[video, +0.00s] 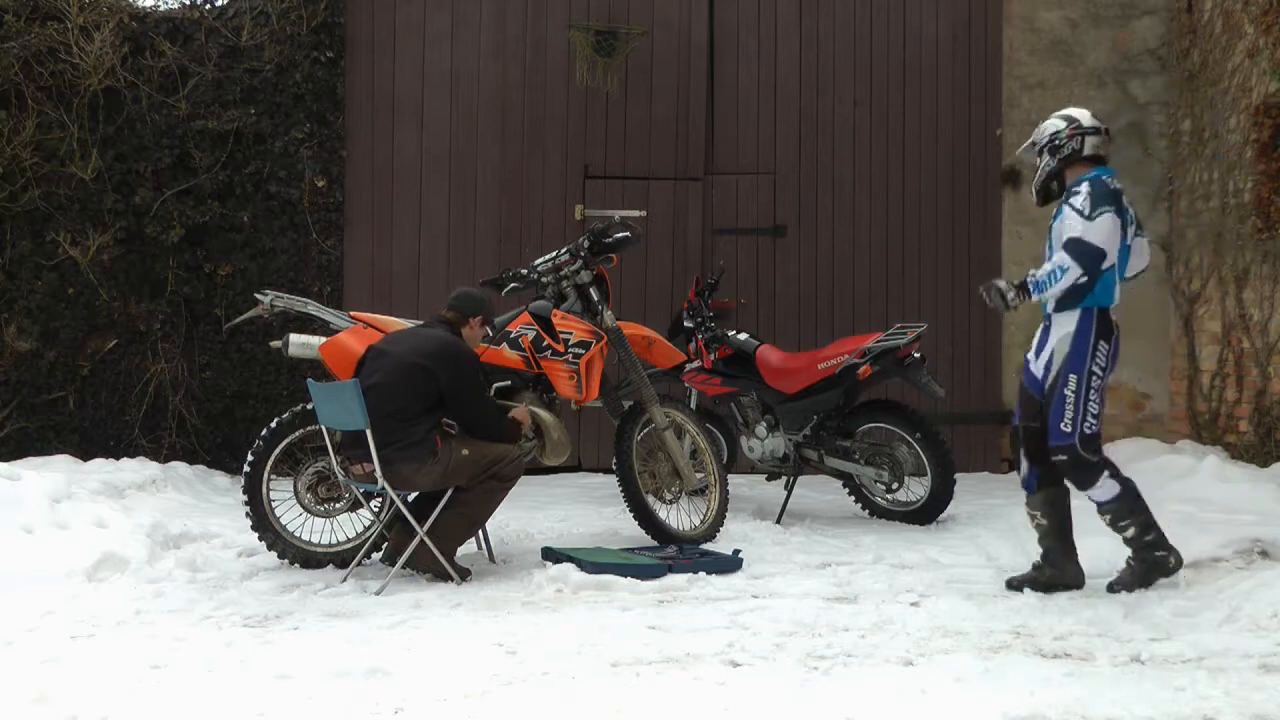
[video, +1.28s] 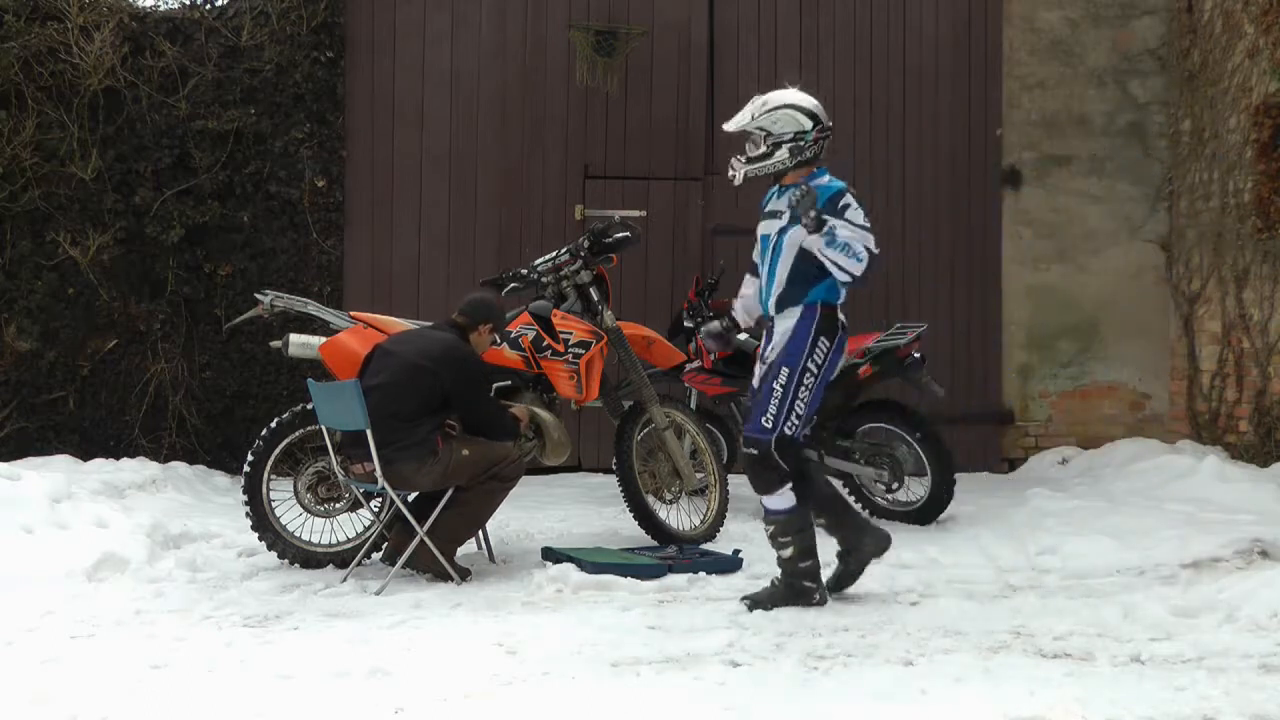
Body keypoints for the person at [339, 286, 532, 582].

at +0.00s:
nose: (484, 335)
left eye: (486, 328)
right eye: (484, 327)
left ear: (446, 314)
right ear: (473, 321)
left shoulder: (400, 337)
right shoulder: (456, 353)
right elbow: (482, 424)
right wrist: (515, 421)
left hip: (357, 455)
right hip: (401, 461)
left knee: (461, 451)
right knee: (508, 462)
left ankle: (401, 543)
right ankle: (435, 551)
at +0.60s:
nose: (492, 345)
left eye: (495, 339)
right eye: (494, 337)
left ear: (459, 317)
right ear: (484, 329)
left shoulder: (405, 337)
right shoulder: (461, 356)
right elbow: (494, 428)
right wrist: (514, 417)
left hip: (358, 454)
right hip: (401, 461)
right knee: (509, 463)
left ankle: (402, 543)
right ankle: (435, 551)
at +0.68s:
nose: (492, 345)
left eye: (495, 339)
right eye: (494, 337)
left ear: (459, 317)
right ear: (484, 329)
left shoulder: (406, 337)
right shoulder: (462, 357)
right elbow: (495, 431)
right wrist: (514, 420)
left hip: (358, 454)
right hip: (401, 461)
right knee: (508, 464)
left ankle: (402, 543)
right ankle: (435, 551)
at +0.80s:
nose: (492, 345)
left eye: (495, 339)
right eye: (494, 338)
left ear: (459, 317)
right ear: (484, 329)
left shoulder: (405, 337)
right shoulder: (461, 357)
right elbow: (493, 429)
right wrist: (514, 420)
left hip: (357, 456)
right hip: (401, 461)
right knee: (508, 464)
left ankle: (402, 543)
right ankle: (435, 551)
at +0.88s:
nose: (492, 345)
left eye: (495, 339)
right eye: (493, 337)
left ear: (459, 317)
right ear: (483, 329)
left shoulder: (404, 337)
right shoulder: (461, 357)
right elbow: (486, 424)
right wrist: (516, 421)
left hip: (357, 456)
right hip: (400, 461)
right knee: (508, 464)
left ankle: (402, 543)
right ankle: (435, 550)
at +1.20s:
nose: (491, 346)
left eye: (494, 339)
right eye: (493, 337)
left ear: (458, 318)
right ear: (483, 329)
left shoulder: (404, 337)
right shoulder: (462, 358)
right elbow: (489, 427)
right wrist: (515, 419)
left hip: (357, 456)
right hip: (400, 461)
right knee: (508, 464)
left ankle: (402, 543)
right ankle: (435, 550)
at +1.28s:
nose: (491, 346)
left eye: (494, 339)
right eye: (493, 337)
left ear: (458, 317)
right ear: (483, 329)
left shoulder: (404, 337)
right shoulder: (462, 358)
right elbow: (489, 426)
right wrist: (515, 418)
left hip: (357, 456)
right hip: (400, 462)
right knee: (508, 463)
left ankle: (402, 543)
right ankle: (435, 551)